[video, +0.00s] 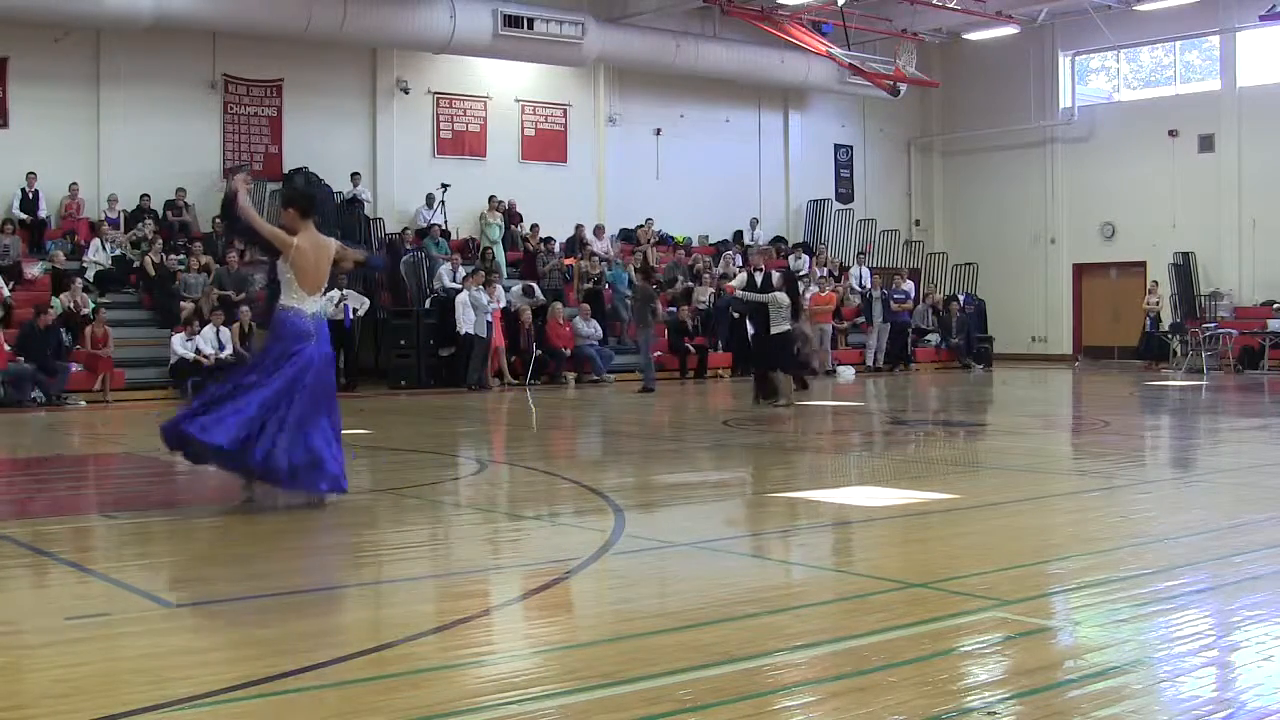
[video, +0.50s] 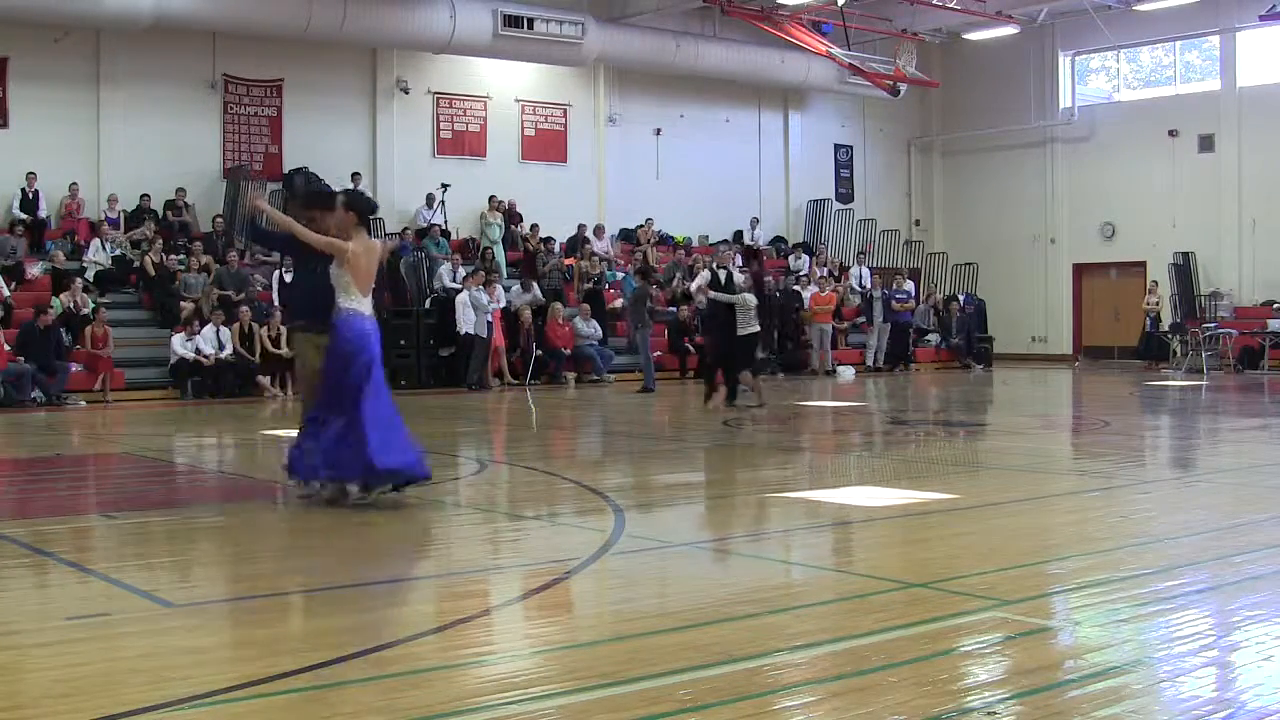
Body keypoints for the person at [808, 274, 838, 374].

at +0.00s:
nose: (821, 285)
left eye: (823, 283)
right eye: (819, 283)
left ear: (827, 284)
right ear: (817, 284)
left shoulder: (832, 296)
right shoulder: (814, 296)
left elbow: (832, 307)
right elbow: (811, 309)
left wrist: (818, 309)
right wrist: (825, 308)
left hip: (827, 322)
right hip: (816, 322)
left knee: (827, 346)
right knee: (815, 346)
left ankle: (828, 366)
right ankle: (815, 366)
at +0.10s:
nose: (821, 285)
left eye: (823, 283)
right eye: (819, 283)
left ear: (826, 284)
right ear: (817, 284)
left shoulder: (832, 296)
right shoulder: (814, 296)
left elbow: (832, 307)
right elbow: (812, 308)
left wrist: (818, 308)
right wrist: (827, 308)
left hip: (827, 322)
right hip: (816, 322)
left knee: (827, 347)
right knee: (815, 347)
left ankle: (828, 367)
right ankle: (814, 367)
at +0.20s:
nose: (821, 285)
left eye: (823, 283)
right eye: (819, 283)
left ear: (826, 284)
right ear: (817, 284)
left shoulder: (832, 295)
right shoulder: (814, 296)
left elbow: (832, 307)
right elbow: (812, 309)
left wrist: (818, 308)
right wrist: (827, 309)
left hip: (827, 322)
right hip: (816, 322)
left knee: (827, 347)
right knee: (815, 346)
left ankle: (828, 367)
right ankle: (814, 367)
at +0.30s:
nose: (821, 285)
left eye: (823, 283)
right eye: (819, 283)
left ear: (826, 284)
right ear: (817, 284)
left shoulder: (832, 295)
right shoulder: (814, 295)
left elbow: (832, 307)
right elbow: (812, 308)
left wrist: (818, 308)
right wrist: (827, 308)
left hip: (827, 322)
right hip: (816, 322)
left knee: (827, 347)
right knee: (815, 346)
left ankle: (828, 367)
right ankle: (815, 366)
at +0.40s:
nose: (821, 285)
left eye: (823, 283)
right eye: (819, 283)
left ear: (826, 284)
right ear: (817, 284)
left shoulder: (832, 295)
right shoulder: (813, 295)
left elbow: (832, 307)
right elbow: (812, 308)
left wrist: (818, 308)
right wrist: (826, 308)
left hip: (827, 322)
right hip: (816, 322)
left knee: (827, 347)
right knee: (815, 346)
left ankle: (828, 367)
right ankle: (815, 366)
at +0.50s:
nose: (821, 285)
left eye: (823, 283)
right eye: (819, 283)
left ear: (827, 284)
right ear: (817, 284)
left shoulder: (832, 295)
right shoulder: (814, 295)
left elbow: (832, 307)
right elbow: (812, 308)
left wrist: (818, 308)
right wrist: (827, 308)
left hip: (827, 322)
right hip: (816, 322)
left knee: (827, 347)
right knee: (815, 346)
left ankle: (828, 367)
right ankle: (814, 366)